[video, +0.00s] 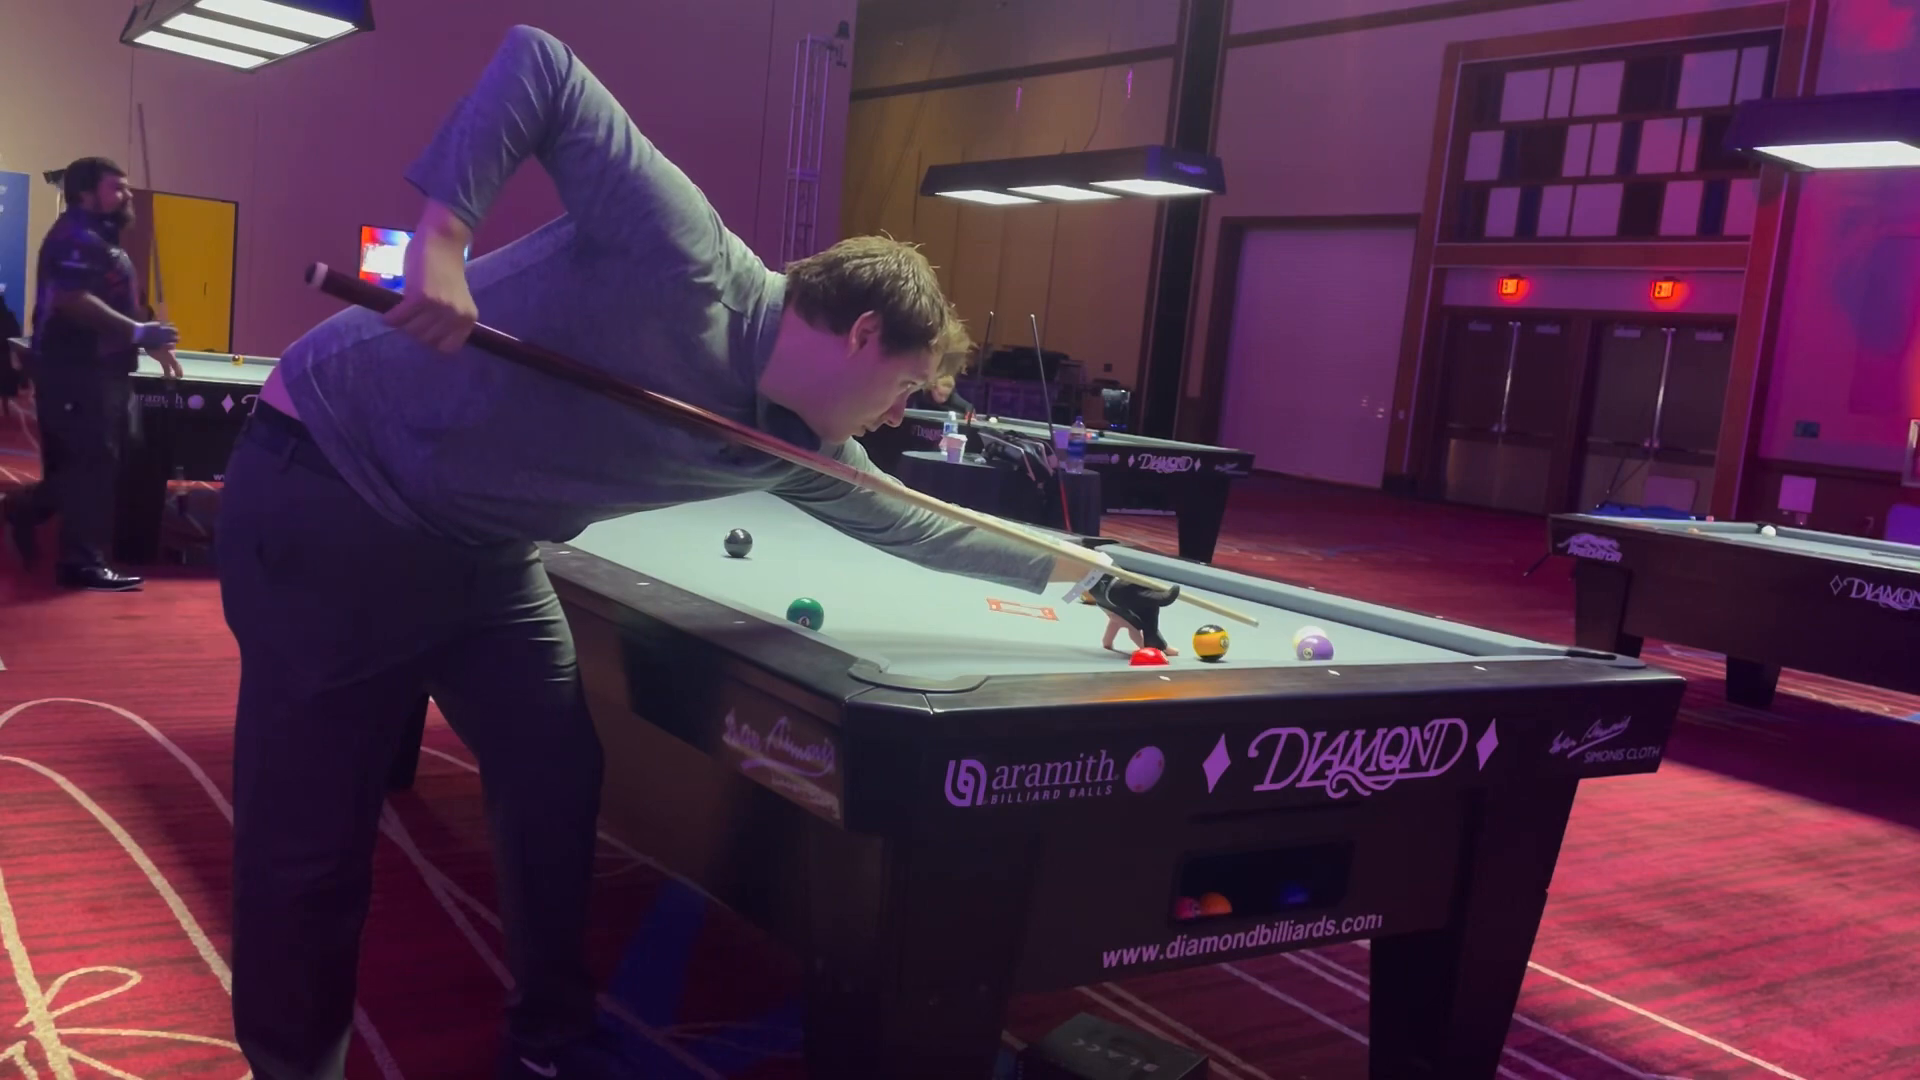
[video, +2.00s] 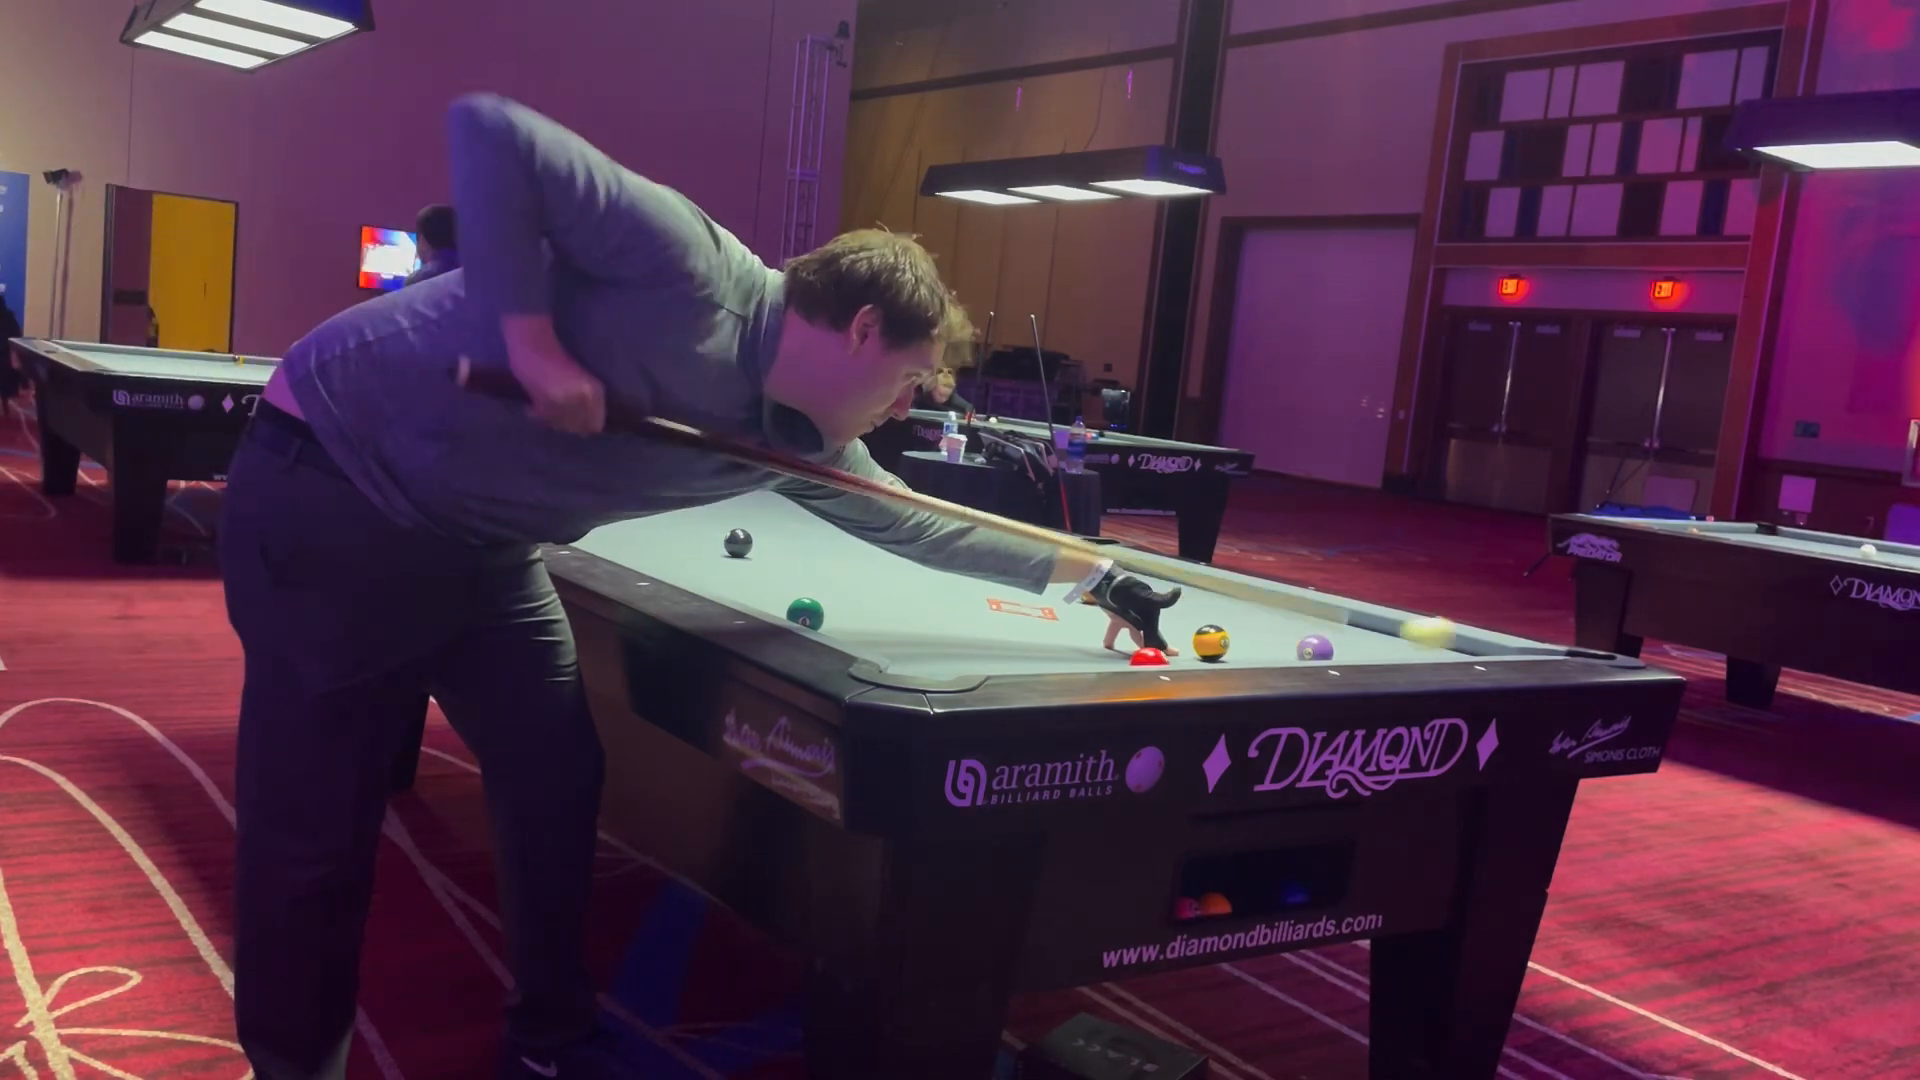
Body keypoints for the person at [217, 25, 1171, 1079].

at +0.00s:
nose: (892, 423)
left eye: (909, 405)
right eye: (903, 393)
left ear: (852, 344)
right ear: (857, 334)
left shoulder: (787, 436)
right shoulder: (678, 241)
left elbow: (912, 525)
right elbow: (535, 68)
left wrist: (1068, 561)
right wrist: (437, 239)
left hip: (482, 532)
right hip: (329, 478)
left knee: (553, 761)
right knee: (310, 827)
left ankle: (547, 1031)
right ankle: (293, 1056)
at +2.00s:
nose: (901, 418)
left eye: (915, 400)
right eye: (911, 389)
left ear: (856, 338)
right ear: (865, 327)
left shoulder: (783, 432)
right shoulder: (688, 264)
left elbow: (911, 525)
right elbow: (488, 129)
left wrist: (1066, 563)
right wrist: (530, 335)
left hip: (484, 530)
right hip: (335, 479)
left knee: (556, 766)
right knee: (315, 814)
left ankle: (549, 1029)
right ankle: (293, 1052)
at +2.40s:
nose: (888, 245)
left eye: (899, 223)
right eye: (883, 212)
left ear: (818, 187)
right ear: (810, 171)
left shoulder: (775, 320)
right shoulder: (631, 184)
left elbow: (879, 412)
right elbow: (393, 187)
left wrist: (1031, 480)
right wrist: (501, 364)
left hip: (488, 526)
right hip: (345, 488)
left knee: (547, 773)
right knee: (340, 820)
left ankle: (552, 1030)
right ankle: (304, 1063)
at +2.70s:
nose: (774, 154)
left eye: (800, 132)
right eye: (762, 113)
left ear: (814, 127)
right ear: (687, 61)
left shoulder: (722, 221)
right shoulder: (544, 122)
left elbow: (819, 293)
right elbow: (318, 197)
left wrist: (965, 326)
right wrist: (473, 346)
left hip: (507, 525)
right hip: (363, 501)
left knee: (558, 776)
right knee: (376, 802)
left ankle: (548, 1038)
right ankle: (312, 1063)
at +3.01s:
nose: (702, 63)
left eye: (730, 37)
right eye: (682, 21)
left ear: (745, 44)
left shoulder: (677, 165)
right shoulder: (469, 96)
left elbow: (717, 261)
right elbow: (261, 227)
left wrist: (872, 294)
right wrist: (439, 352)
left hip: (520, 522)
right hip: (375, 514)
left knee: (551, 791)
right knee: (390, 805)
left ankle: (548, 1032)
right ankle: (317, 1060)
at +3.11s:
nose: (630, 6)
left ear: (676, 12)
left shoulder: (643, 128)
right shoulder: (415, 81)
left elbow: (640, 272)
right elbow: (220, 222)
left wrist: (750, 342)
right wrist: (402, 345)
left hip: (526, 525)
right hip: (374, 522)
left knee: (545, 803)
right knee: (395, 818)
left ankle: (549, 1034)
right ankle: (320, 1064)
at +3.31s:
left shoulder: (603, 87)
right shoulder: (306, 37)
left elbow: (601, 284)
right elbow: (131, 204)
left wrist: (594, 394)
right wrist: (267, 323)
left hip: (512, 539)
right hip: (318, 533)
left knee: (562, 816)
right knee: (329, 871)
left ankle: (541, 1046)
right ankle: (292, 1062)